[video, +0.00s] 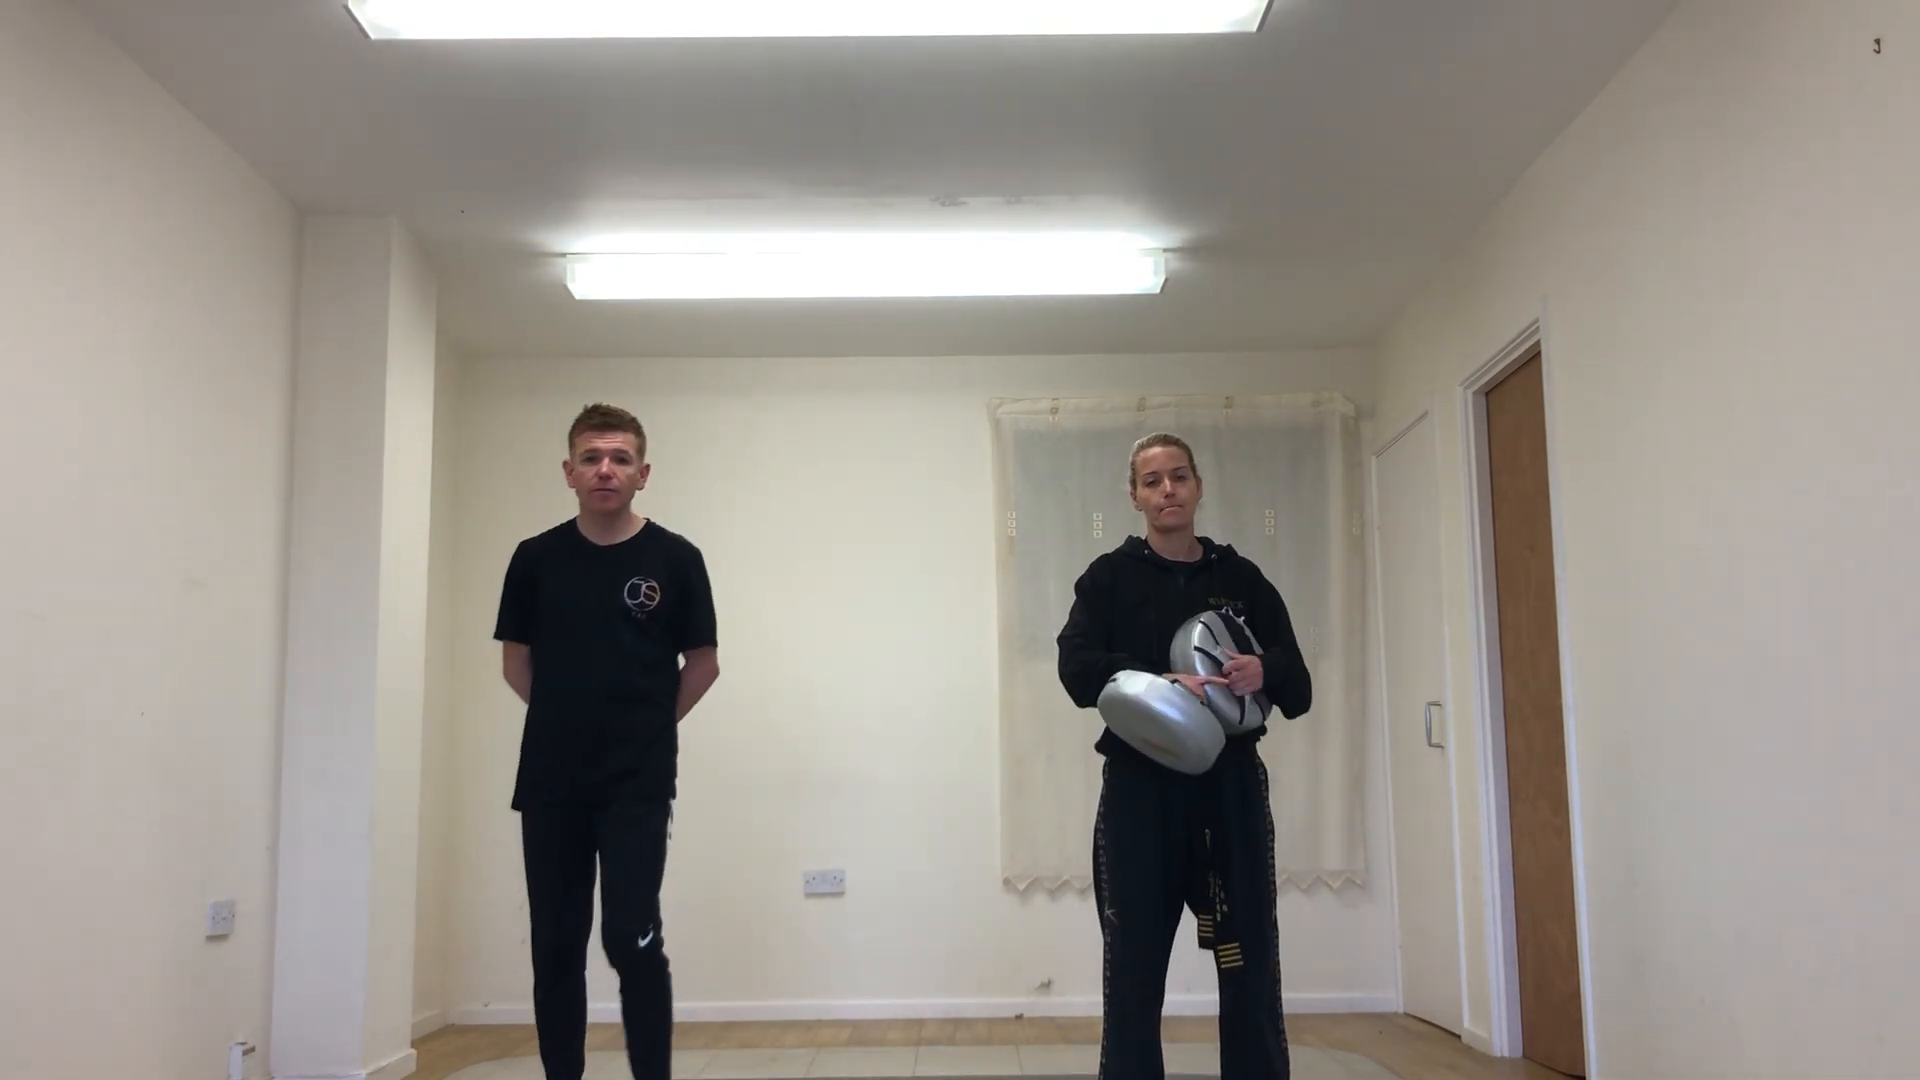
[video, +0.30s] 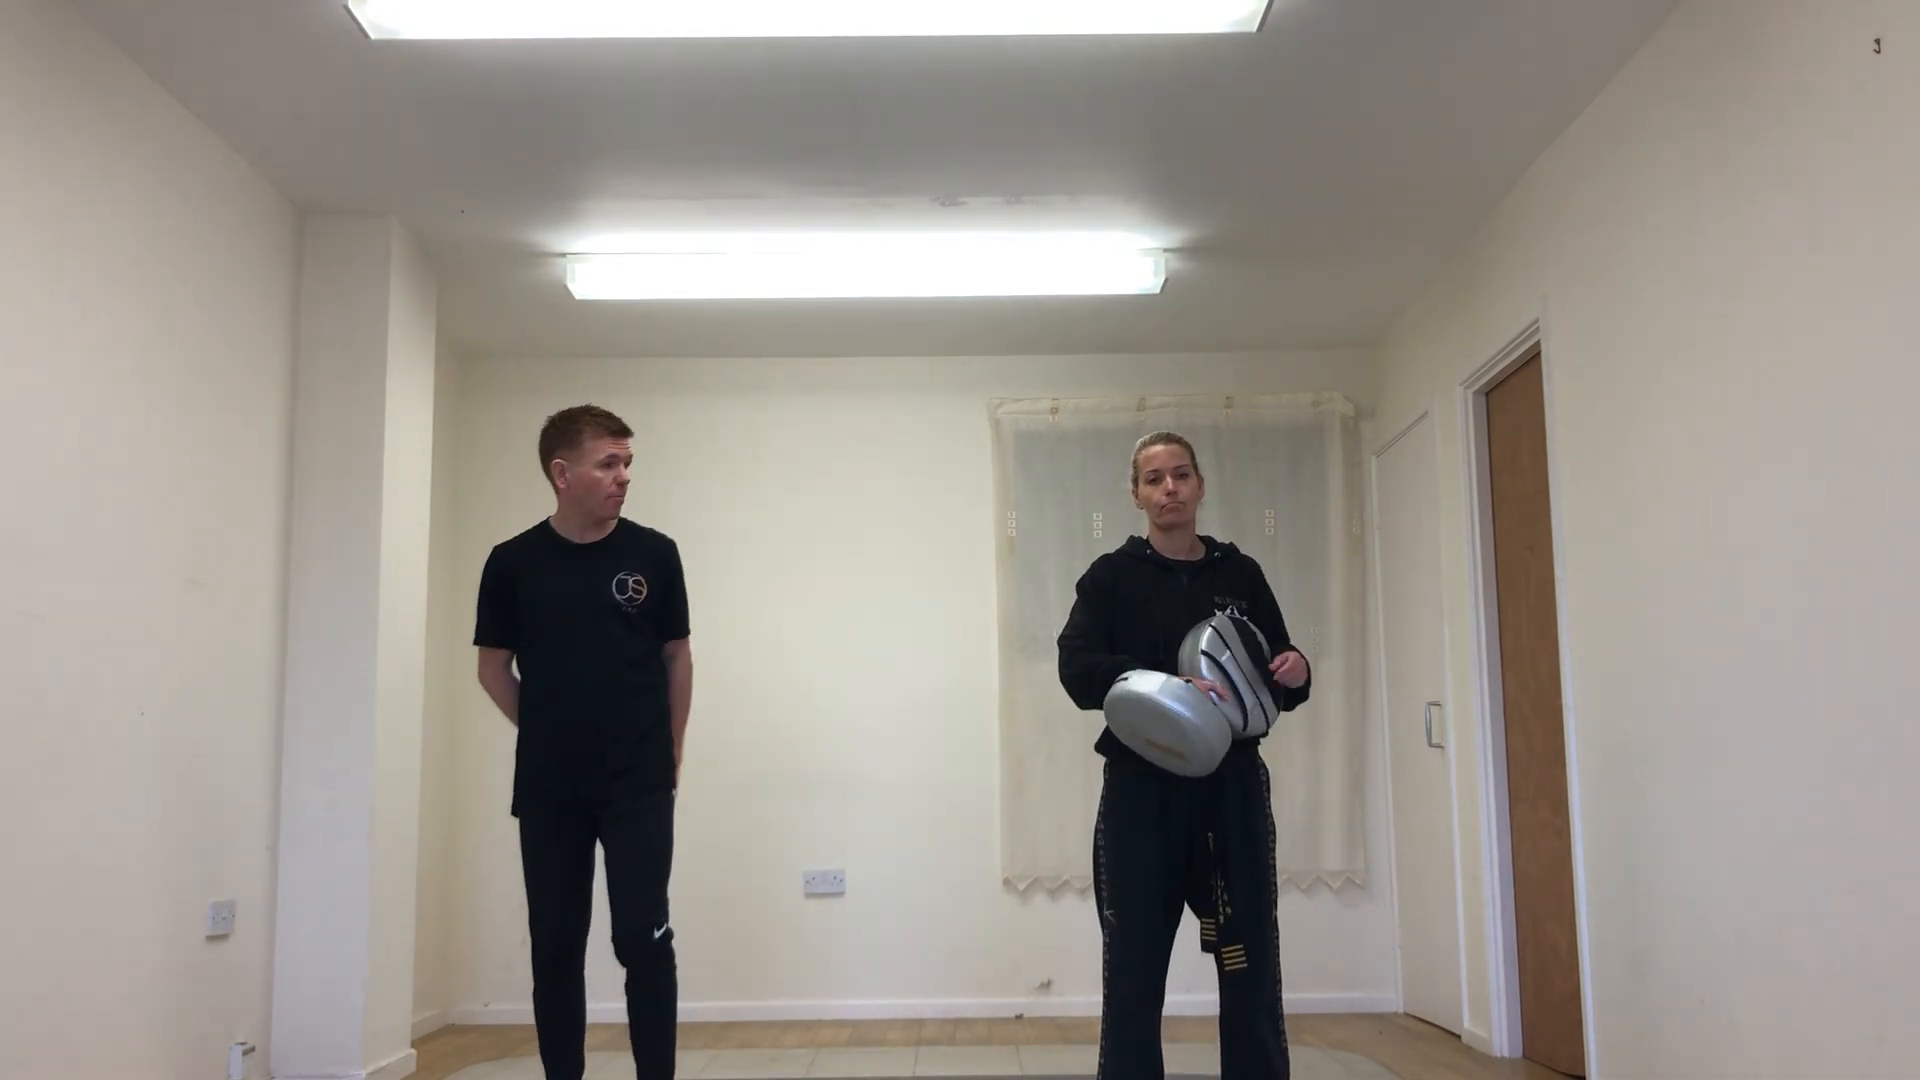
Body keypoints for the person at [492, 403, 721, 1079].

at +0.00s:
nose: (605, 470)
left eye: (620, 459)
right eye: (591, 458)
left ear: (640, 473)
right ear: (570, 471)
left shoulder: (676, 558)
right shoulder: (534, 556)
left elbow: (703, 663)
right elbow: (516, 666)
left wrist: (649, 720)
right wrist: (570, 713)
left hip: (637, 771)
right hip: (553, 772)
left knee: (632, 938)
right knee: (555, 947)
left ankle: (653, 1076)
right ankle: (562, 1076)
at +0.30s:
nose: (624, 477)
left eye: (627, 464)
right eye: (609, 465)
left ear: (626, 468)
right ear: (560, 472)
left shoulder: (653, 553)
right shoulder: (511, 561)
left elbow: (677, 660)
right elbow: (492, 671)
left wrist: (671, 755)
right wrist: (545, 727)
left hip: (639, 776)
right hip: (551, 779)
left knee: (645, 942)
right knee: (555, 950)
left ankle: (656, 1075)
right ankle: (563, 1075)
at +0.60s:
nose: (647, 480)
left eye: (649, 467)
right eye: (634, 467)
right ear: (584, 468)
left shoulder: (650, 558)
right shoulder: (518, 555)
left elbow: (717, 637)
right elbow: (475, 662)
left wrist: (806, 627)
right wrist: (527, 735)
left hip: (643, 777)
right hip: (556, 783)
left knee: (659, 946)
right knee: (555, 951)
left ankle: (668, 1076)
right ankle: (562, 1075)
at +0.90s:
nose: (621, 466)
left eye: (634, 454)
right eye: (606, 454)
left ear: (653, 469)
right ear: (581, 468)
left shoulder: (682, 557)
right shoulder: (538, 557)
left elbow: (760, 624)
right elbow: (501, 662)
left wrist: (845, 656)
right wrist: (555, 726)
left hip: (659, 777)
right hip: (569, 777)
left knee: (669, 948)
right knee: (565, 949)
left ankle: (675, 1075)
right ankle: (566, 1075)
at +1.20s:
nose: (642, 463)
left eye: (656, 451)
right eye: (627, 454)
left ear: (682, 463)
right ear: (612, 470)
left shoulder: (724, 556)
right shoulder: (581, 552)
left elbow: (743, 664)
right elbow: (553, 656)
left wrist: (687, 715)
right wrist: (606, 709)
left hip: (679, 776)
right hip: (592, 774)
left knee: (682, 951)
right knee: (577, 949)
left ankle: (680, 1075)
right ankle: (572, 1075)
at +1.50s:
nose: (681, 466)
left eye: (695, 455)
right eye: (667, 454)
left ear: (717, 471)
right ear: (645, 468)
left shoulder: (743, 563)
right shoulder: (602, 546)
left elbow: (762, 674)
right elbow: (572, 653)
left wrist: (699, 719)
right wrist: (623, 709)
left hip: (693, 773)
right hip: (602, 764)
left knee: (689, 949)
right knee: (553, 933)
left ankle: (681, 1077)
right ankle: (548, 1075)